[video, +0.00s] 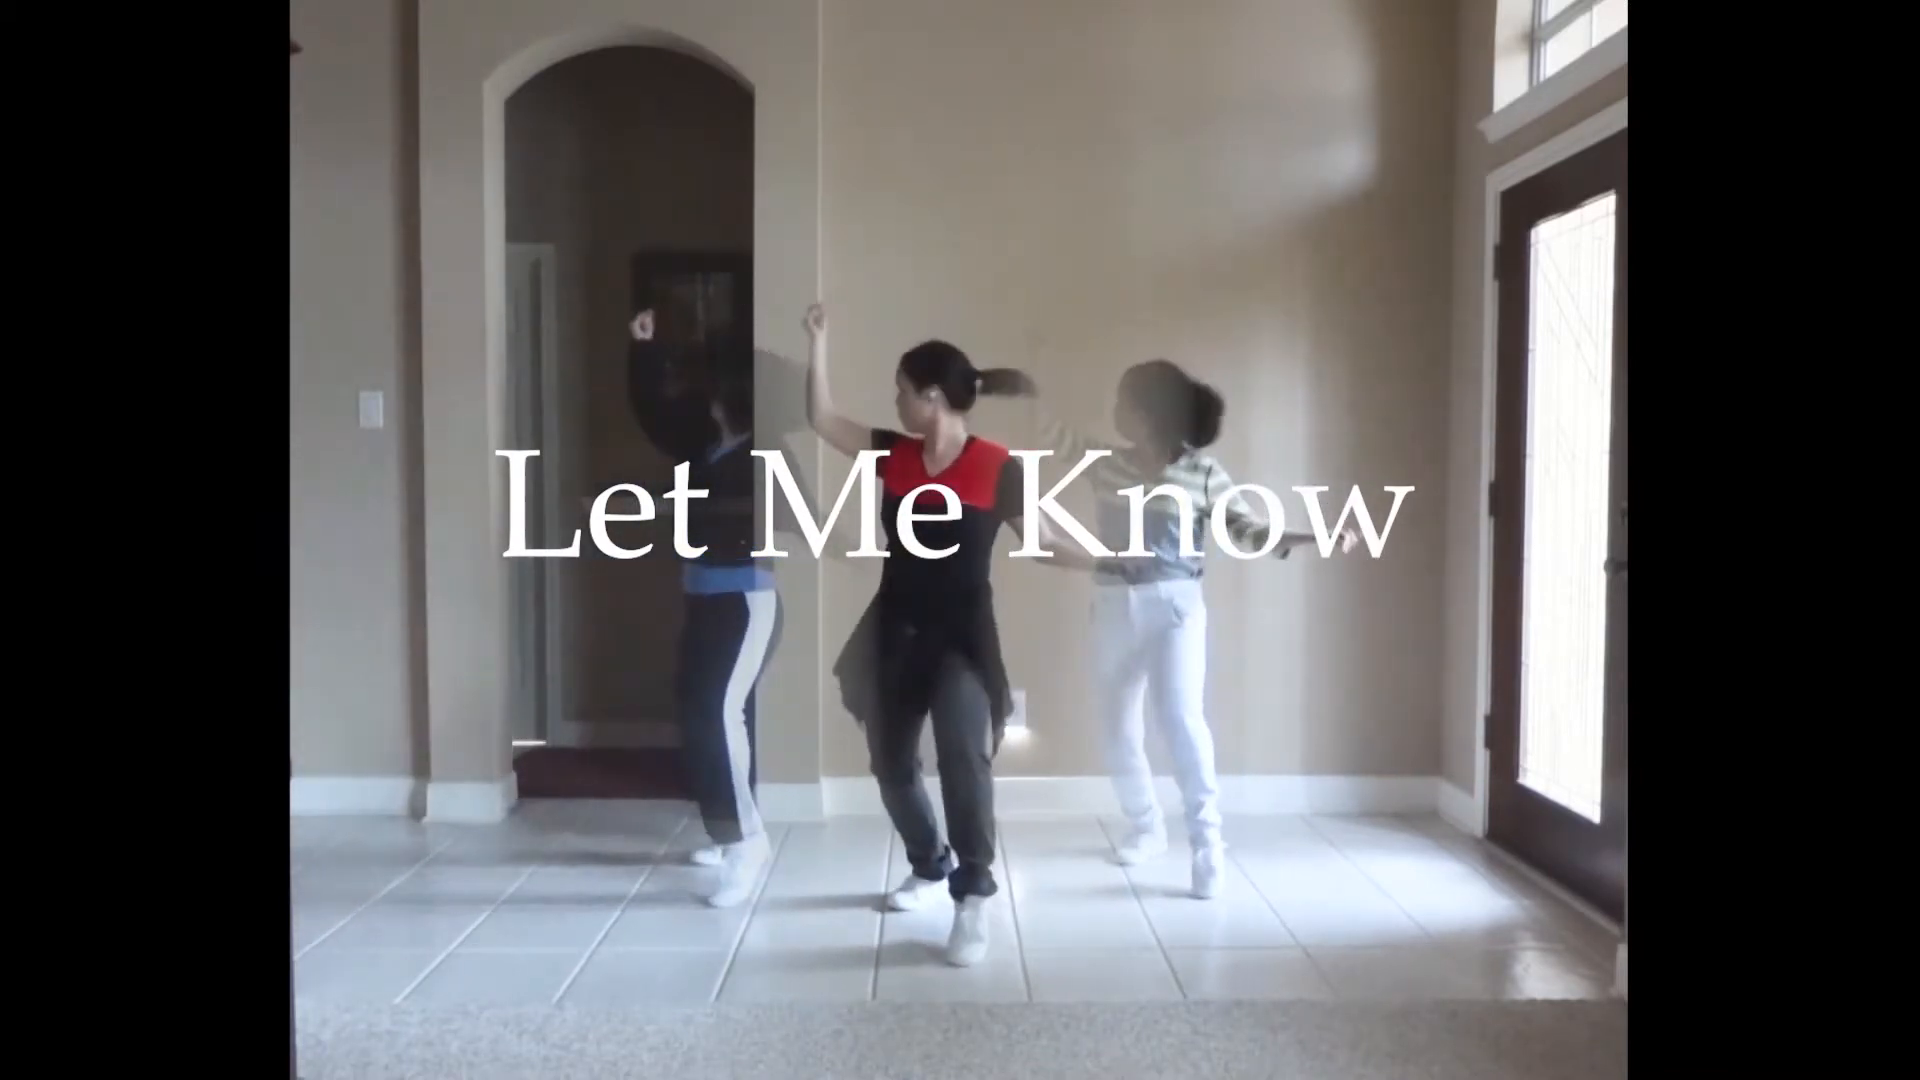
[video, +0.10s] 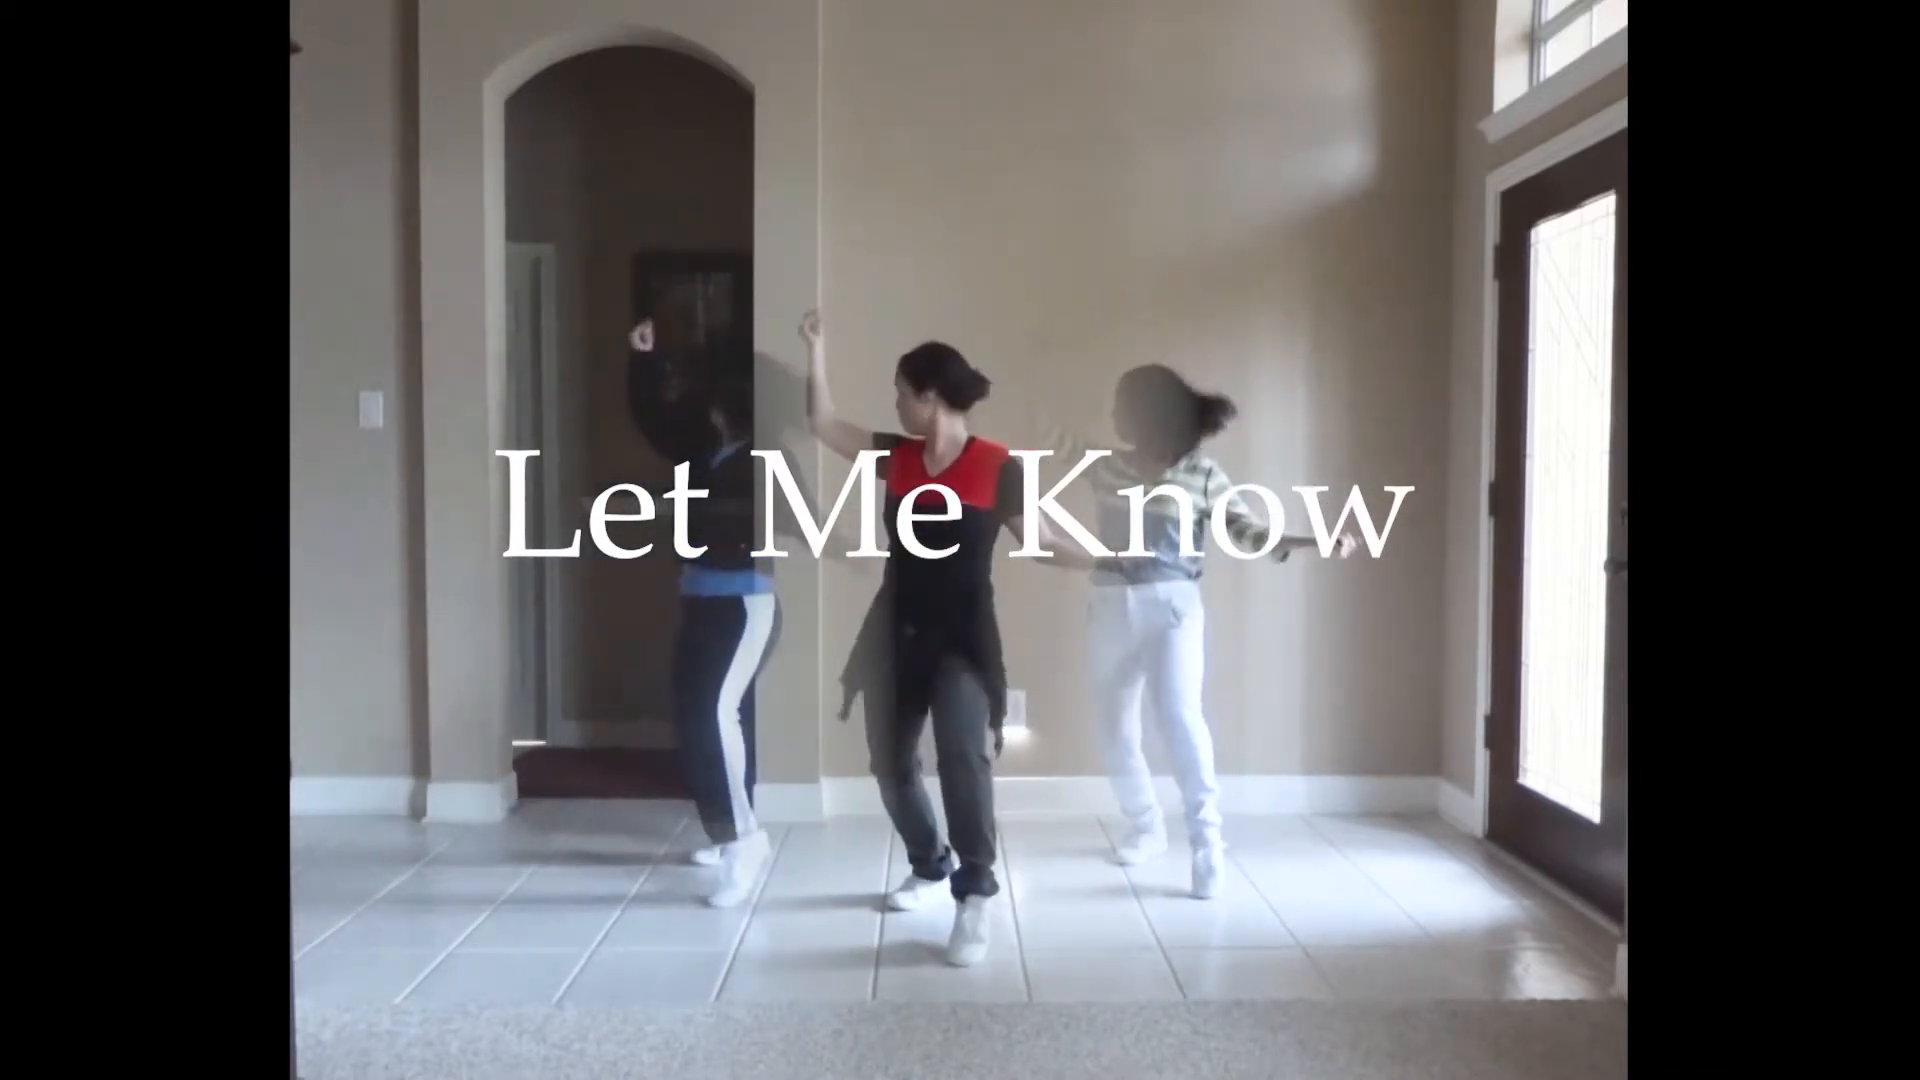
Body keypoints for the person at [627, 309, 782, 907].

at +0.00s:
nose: (706, 412)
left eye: (710, 405)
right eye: (707, 403)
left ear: (725, 413)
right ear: (718, 414)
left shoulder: (752, 463)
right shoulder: (702, 456)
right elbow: (652, 412)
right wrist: (644, 348)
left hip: (748, 597)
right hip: (706, 597)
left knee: (722, 709)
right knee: (699, 712)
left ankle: (747, 838)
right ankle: (725, 833)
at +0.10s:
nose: (699, 414)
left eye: (706, 404)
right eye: (700, 404)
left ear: (728, 409)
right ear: (712, 413)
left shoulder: (752, 464)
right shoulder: (699, 457)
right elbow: (651, 416)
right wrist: (643, 359)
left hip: (746, 599)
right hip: (702, 598)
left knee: (720, 708)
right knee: (694, 715)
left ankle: (745, 836)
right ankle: (724, 833)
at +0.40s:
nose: (723, 411)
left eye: (730, 398)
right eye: (718, 398)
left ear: (748, 403)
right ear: (705, 402)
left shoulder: (768, 459)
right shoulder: (691, 454)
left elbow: (813, 522)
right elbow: (630, 447)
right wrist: (663, 406)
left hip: (745, 604)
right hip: (693, 600)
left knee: (719, 711)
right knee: (694, 714)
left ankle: (730, 840)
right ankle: (738, 827)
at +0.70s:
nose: (721, 369)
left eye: (733, 362)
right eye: (714, 361)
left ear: (752, 381)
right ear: (702, 374)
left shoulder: (762, 439)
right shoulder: (681, 433)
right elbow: (636, 442)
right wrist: (676, 398)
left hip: (746, 598)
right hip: (689, 597)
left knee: (734, 726)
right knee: (708, 725)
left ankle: (738, 859)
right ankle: (732, 834)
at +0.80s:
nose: (721, 373)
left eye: (734, 366)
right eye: (714, 365)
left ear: (753, 386)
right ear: (700, 379)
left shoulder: (762, 449)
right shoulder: (677, 441)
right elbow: (618, 423)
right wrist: (671, 411)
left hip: (748, 605)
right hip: (687, 604)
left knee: (736, 732)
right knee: (710, 731)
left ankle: (742, 863)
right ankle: (730, 838)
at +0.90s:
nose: (718, 375)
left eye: (731, 368)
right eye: (709, 365)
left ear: (749, 388)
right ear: (692, 380)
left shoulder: (760, 458)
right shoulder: (668, 444)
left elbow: (756, 539)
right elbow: (610, 413)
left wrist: (697, 471)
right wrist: (671, 431)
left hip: (746, 608)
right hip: (684, 608)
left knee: (729, 733)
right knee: (704, 732)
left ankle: (740, 865)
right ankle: (736, 830)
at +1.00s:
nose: (715, 385)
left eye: (728, 377)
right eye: (705, 375)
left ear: (746, 393)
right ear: (689, 387)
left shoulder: (760, 463)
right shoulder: (665, 455)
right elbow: (604, 454)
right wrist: (676, 460)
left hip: (747, 615)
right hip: (683, 616)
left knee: (726, 738)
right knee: (693, 738)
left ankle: (741, 864)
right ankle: (723, 839)